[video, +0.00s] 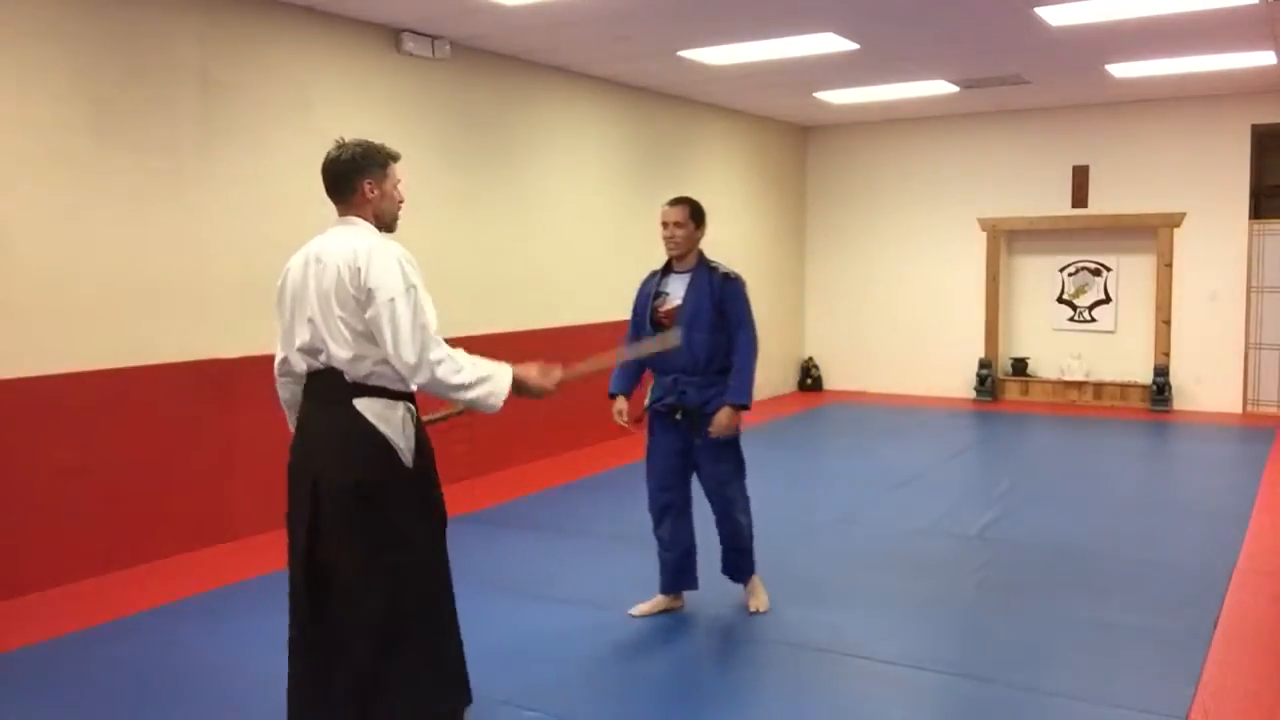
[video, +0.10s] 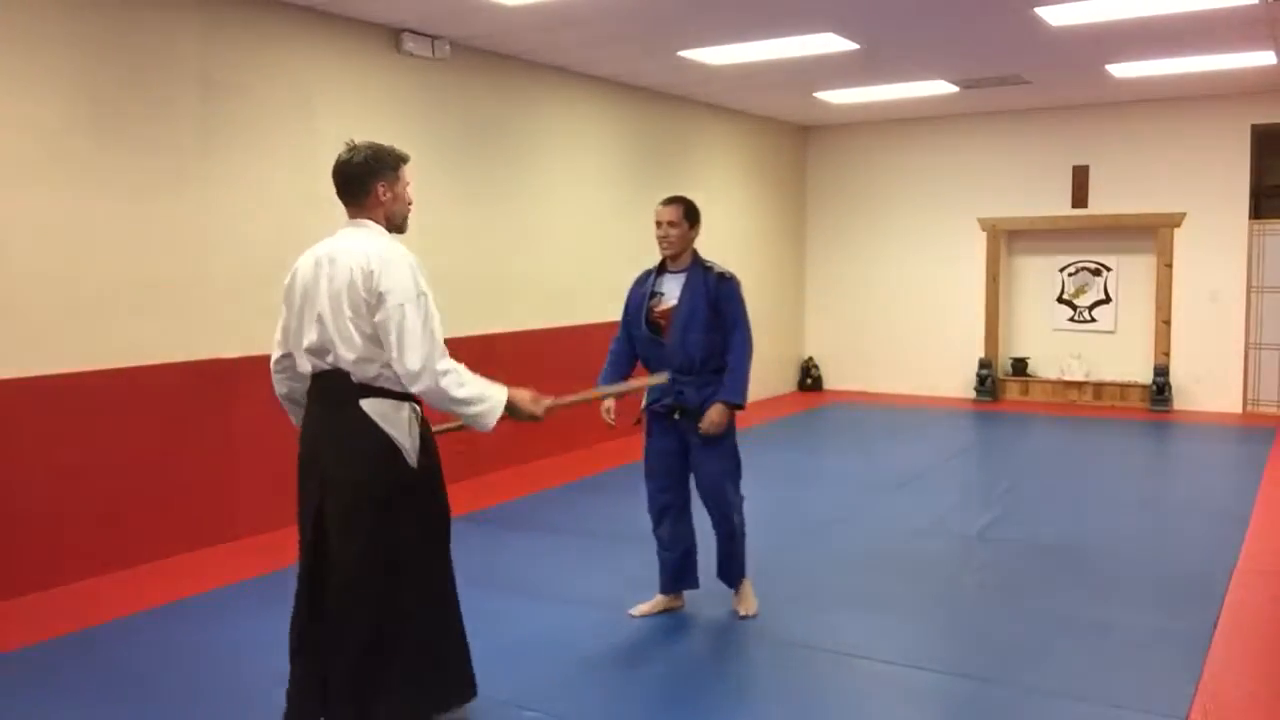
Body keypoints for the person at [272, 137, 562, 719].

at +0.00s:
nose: (402, 194)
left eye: (399, 183)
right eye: (395, 184)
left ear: (348, 194)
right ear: (368, 190)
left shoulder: (299, 264)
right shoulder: (380, 256)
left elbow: (289, 371)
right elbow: (421, 357)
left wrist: (312, 432)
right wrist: (511, 377)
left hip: (316, 433)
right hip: (377, 431)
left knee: (326, 589)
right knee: (402, 584)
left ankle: (329, 709)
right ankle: (414, 706)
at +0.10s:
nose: (411, 197)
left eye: (409, 185)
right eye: (405, 187)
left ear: (355, 196)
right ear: (381, 192)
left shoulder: (307, 264)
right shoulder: (390, 261)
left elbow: (286, 370)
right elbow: (423, 366)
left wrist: (322, 422)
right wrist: (504, 397)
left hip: (325, 426)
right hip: (382, 428)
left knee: (330, 575)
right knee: (398, 571)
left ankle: (322, 704)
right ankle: (403, 700)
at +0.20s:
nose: (422, 200)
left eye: (420, 189)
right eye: (416, 190)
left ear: (367, 198)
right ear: (394, 196)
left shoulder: (315, 262)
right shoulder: (400, 265)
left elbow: (289, 365)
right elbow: (425, 378)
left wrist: (327, 414)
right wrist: (497, 410)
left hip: (326, 424)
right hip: (384, 429)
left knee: (339, 573)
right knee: (399, 570)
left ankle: (328, 703)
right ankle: (402, 703)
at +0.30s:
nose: (429, 202)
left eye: (427, 191)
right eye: (423, 191)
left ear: (373, 199)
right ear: (402, 198)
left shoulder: (319, 262)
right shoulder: (405, 267)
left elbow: (294, 363)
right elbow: (431, 383)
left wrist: (325, 416)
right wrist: (498, 420)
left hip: (328, 422)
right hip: (385, 427)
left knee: (349, 572)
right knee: (407, 567)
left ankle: (334, 701)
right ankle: (406, 701)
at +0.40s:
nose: (431, 201)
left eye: (429, 191)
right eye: (425, 192)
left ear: (376, 199)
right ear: (403, 198)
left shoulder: (321, 261)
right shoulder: (405, 266)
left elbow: (296, 360)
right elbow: (431, 381)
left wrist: (322, 418)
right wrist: (495, 420)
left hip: (328, 419)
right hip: (385, 425)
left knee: (348, 571)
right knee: (410, 565)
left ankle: (322, 700)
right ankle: (405, 701)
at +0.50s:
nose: (427, 199)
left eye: (425, 188)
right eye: (420, 189)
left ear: (372, 198)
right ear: (397, 196)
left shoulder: (319, 261)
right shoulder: (401, 263)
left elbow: (295, 359)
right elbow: (428, 374)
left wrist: (316, 423)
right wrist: (488, 423)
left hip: (328, 419)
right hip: (384, 424)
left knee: (336, 567)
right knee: (407, 565)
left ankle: (318, 700)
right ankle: (412, 702)